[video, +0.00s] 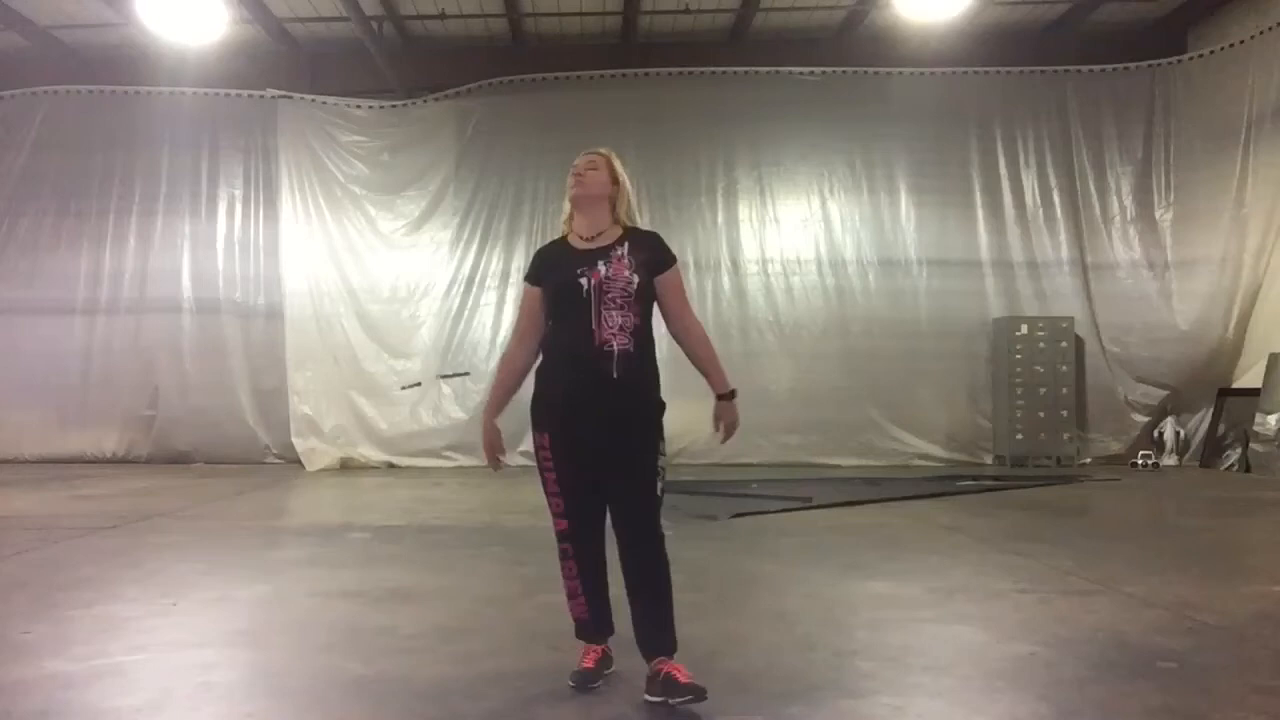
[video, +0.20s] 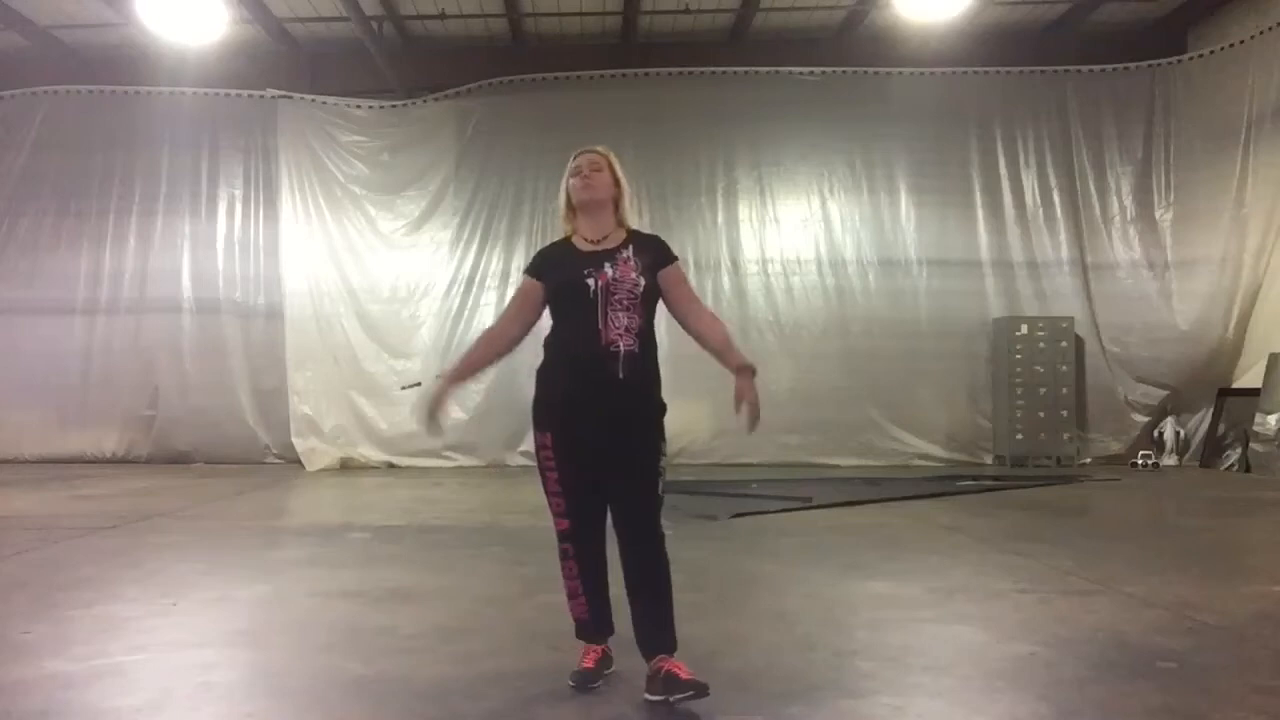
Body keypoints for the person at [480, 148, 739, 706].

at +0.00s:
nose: (581, 170)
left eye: (593, 166)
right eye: (575, 168)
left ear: (616, 187)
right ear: (567, 188)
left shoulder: (646, 247)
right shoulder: (548, 257)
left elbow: (684, 323)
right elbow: (525, 341)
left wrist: (723, 389)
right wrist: (489, 412)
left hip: (632, 415)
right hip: (562, 418)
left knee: (642, 535)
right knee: (576, 535)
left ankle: (661, 658)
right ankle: (594, 644)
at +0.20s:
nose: (584, 175)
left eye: (595, 169)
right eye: (575, 172)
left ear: (617, 186)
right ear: (566, 192)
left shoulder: (647, 250)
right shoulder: (551, 260)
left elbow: (696, 314)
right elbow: (506, 330)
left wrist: (738, 364)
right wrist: (450, 376)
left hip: (634, 414)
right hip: (565, 417)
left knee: (642, 533)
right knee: (577, 535)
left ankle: (662, 657)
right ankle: (593, 646)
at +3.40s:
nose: (616, 164)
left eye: (626, 158)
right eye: (606, 163)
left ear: (648, 176)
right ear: (596, 187)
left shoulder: (679, 239)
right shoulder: (580, 247)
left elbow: (708, 320)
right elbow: (557, 327)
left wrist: (711, 393)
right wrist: (536, 395)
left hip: (663, 406)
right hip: (593, 408)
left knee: (660, 527)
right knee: (594, 528)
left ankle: (660, 642)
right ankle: (595, 644)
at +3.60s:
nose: (630, 162)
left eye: (640, 156)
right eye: (619, 161)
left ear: (662, 175)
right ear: (608, 186)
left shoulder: (692, 240)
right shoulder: (592, 247)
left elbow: (725, 315)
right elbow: (561, 319)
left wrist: (718, 374)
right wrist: (555, 384)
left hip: (677, 407)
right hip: (607, 406)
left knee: (670, 527)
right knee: (604, 526)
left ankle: (662, 642)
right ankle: (598, 643)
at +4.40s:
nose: (622, 166)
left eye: (633, 158)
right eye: (612, 160)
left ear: (651, 175)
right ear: (599, 177)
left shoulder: (676, 245)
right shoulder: (577, 244)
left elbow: (706, 320)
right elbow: (537, 316)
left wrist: (700, 371)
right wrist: (539, 369)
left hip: (654, 404)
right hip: (584, 404)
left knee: (652, 525)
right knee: (588, 528)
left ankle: (657, 642)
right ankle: (597, 648)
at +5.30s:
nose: (629, 161)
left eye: (640, 156)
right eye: (620, 154)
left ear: (655, 175)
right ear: (602, 169)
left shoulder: (674, 236)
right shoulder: (573, 240)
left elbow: (714, 301)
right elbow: (529, 308)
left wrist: (715, 373)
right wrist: (538, 382)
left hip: (659, 402)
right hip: (589, 400)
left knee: (648, 523)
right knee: (594, 526)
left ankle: (635, 648)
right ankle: (599, 649)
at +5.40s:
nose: (631, 162)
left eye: (643, 157)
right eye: (622, 154)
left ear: (657, 177)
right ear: (604, 168)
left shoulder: (676, 238)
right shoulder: (575, 240)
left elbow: (713, 310)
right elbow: (532, 315)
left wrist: (718, 381)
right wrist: (533, 390)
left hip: (659, 404)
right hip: (589, 403)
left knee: (647, 524)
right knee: (593, 527)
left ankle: (634, 649)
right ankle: (599, 649)